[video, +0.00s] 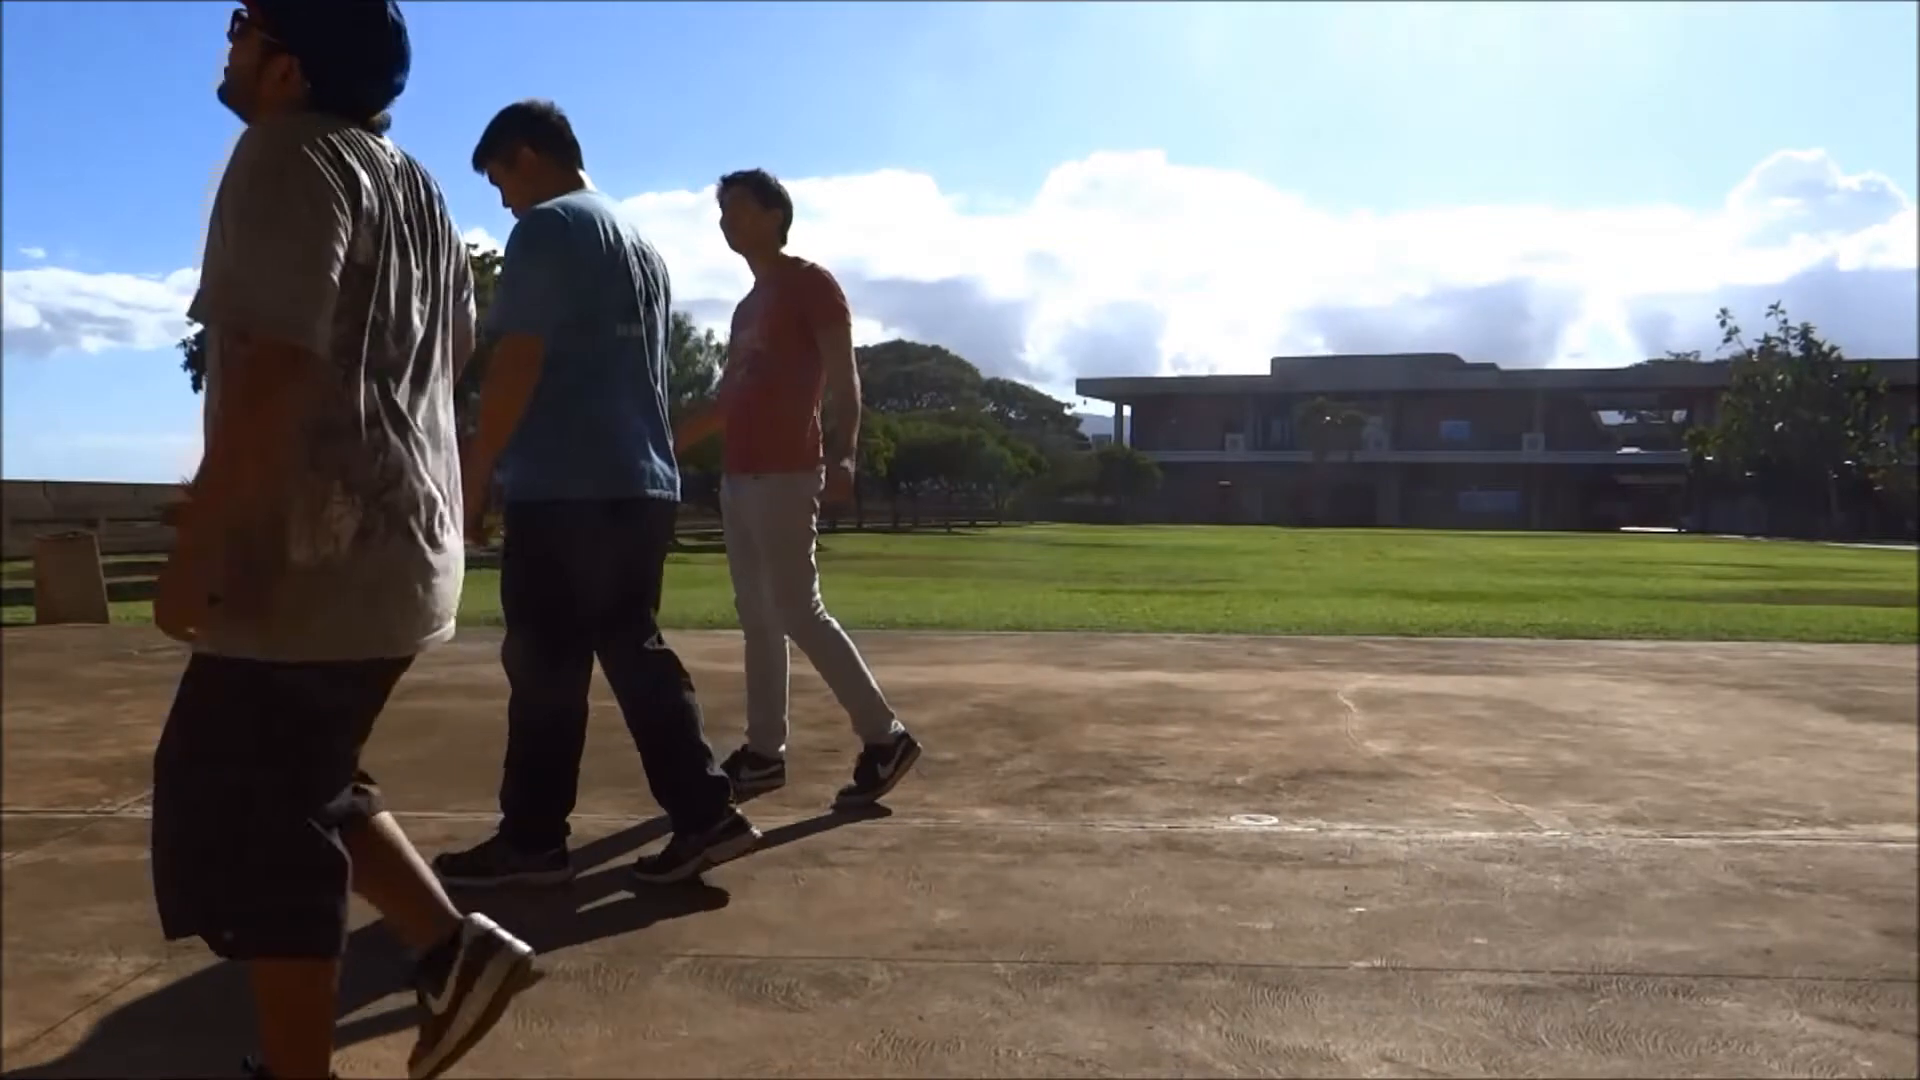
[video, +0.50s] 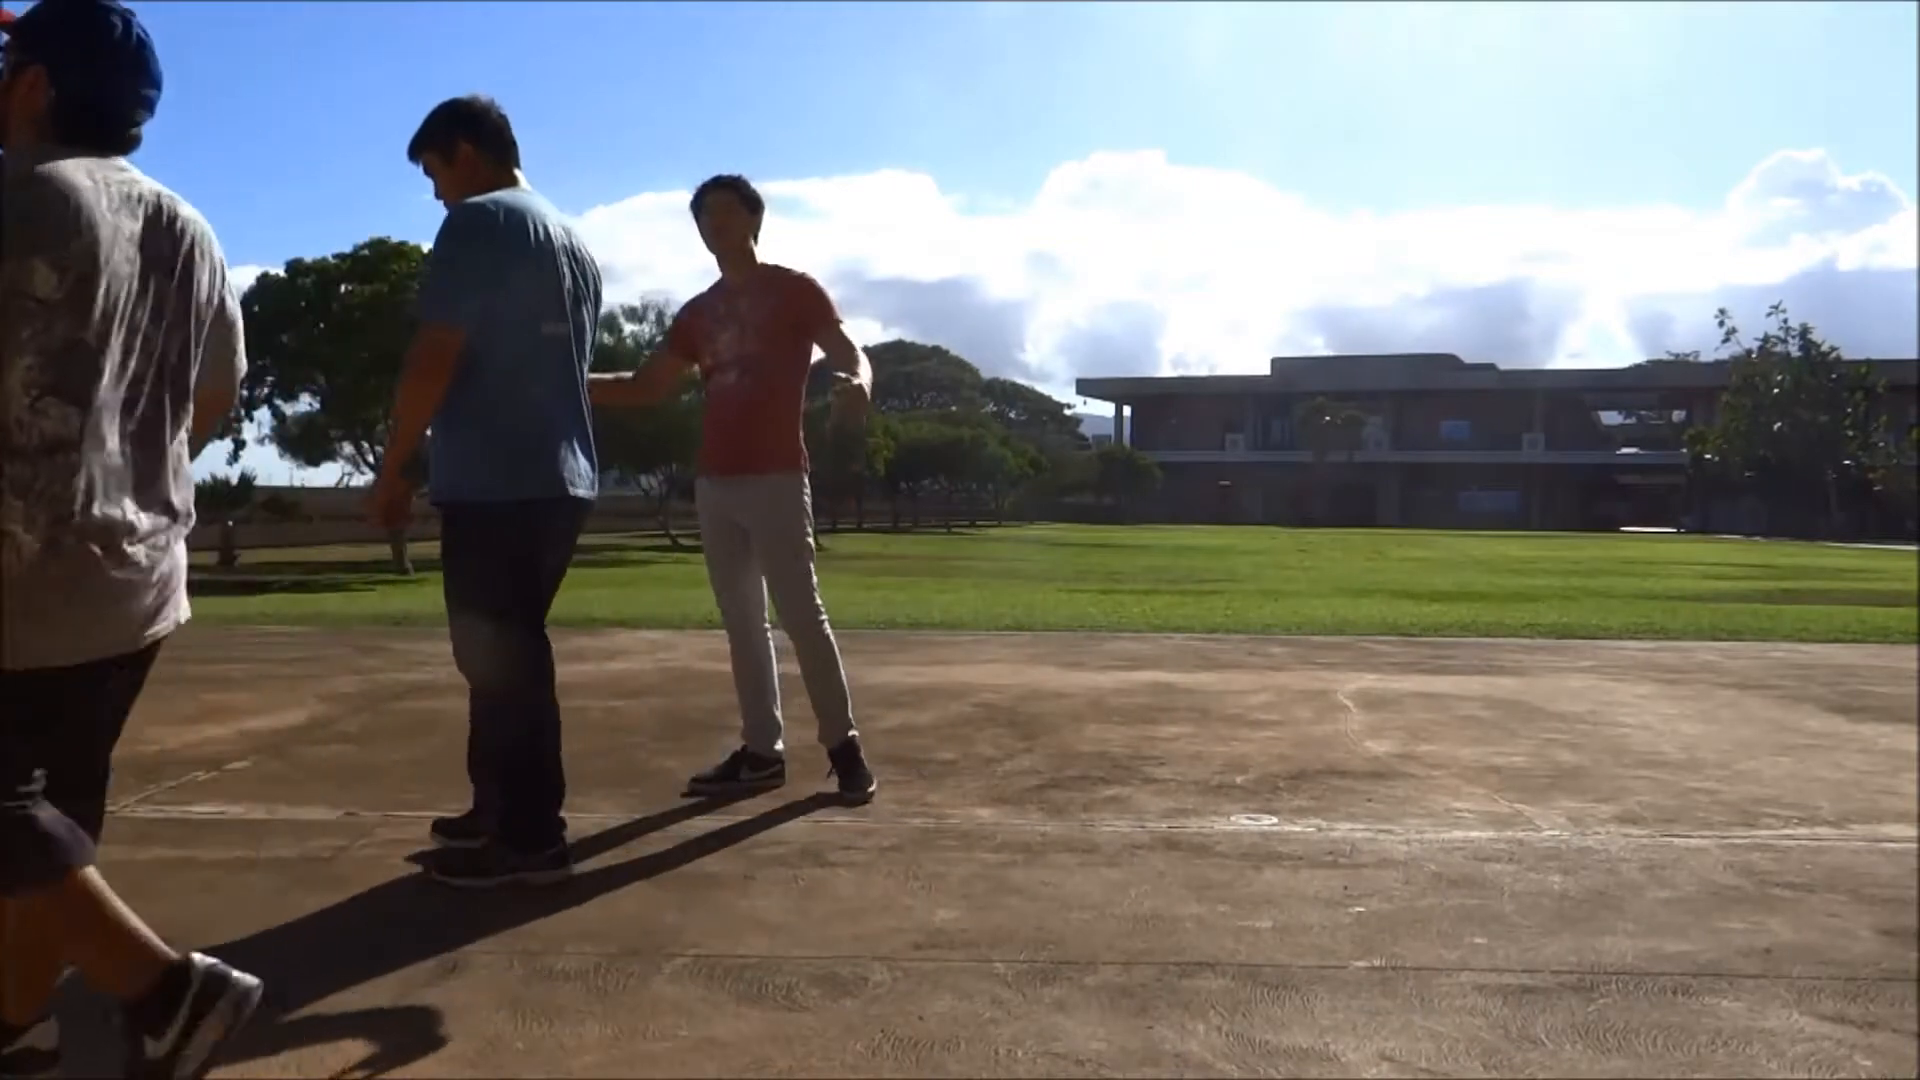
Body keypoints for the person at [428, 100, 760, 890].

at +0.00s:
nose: (502, 195)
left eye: (501, 176)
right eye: (495, 180)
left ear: (532, 156)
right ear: (566, 158)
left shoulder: (544, 227)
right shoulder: (639, 241)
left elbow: (518, 356)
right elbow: (647, 374)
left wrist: (476, 464)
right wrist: (622, 461)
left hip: (562, 489)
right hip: (643, 486)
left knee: (544, 662)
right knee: (634, 642)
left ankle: (532, 837)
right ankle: (705, 814)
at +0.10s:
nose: (484, 194)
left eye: (483, 176)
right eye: (479, 179)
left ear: (513, 156)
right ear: (550, 156)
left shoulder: (521, 227)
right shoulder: (621, 241)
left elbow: (491, 356)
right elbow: (629, 372)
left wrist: (445, 472)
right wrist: (606, 458)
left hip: (540, 488)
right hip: (619, 485)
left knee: (530, 661)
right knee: (603, 641)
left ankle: (531, 837)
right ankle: (683, 791)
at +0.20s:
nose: (472, 193)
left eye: (469, 176)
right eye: (466, 179)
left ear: (496, 153)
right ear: (536, 153)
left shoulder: (506, 226)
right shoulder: (608, 238)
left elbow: (468, 357)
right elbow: (616, 377)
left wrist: (418, 473)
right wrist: (588, 461)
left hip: (523, 489)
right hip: (600, 486)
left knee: (520, 658)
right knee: (578, 638)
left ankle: (530, 834)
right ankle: (654, 784)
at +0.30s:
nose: (458, 191)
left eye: (457, 174)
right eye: (452, 178)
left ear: (485, 153)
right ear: (526, 151)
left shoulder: (495, 225)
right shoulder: (598, 239)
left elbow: (450, 356)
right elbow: (597, 375)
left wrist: (404, 470)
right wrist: (542, 445)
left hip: (513, 489)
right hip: (586, 483)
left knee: (510, 655)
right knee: (556, 638)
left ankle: (530, 836)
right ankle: (611, 806)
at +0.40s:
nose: (446, 188)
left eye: (446, 171)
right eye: (440, 174)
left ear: (477, 153)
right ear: (515, 151)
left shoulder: (482, 225)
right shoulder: (582, 239)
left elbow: (439, 356)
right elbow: (591, 373)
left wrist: (396, 470)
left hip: (501, 488)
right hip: (573, 484)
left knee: (502, 659)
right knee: (534, 647)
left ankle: (528, 838)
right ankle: (562, 822)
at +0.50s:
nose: (434, 189)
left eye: (435, 171)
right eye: (429, 174)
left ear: (467, 154)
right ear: (503, 153)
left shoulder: (473, 226)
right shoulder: (570, 240)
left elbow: (436, 355)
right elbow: (567, 371)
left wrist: (392, 465)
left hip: (492, 487)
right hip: (557, 483)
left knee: (499, 655)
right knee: (506, 647)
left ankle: (529, 836)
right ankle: (501, 808)